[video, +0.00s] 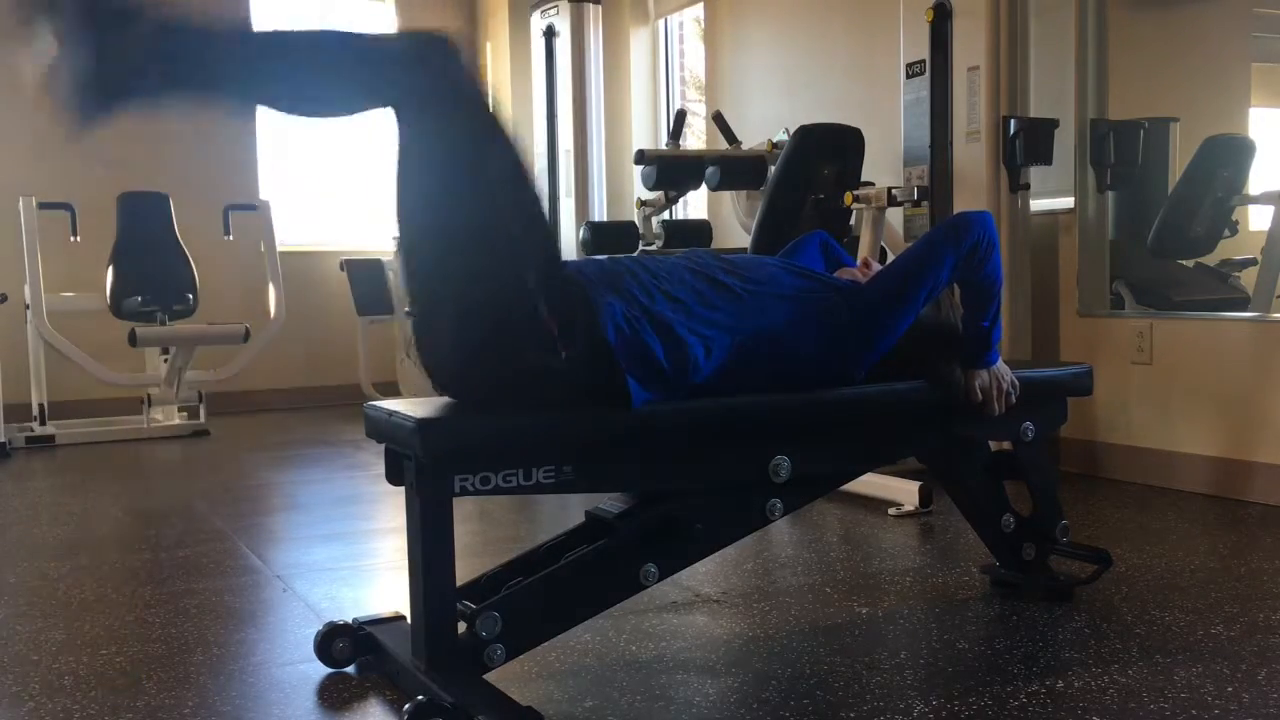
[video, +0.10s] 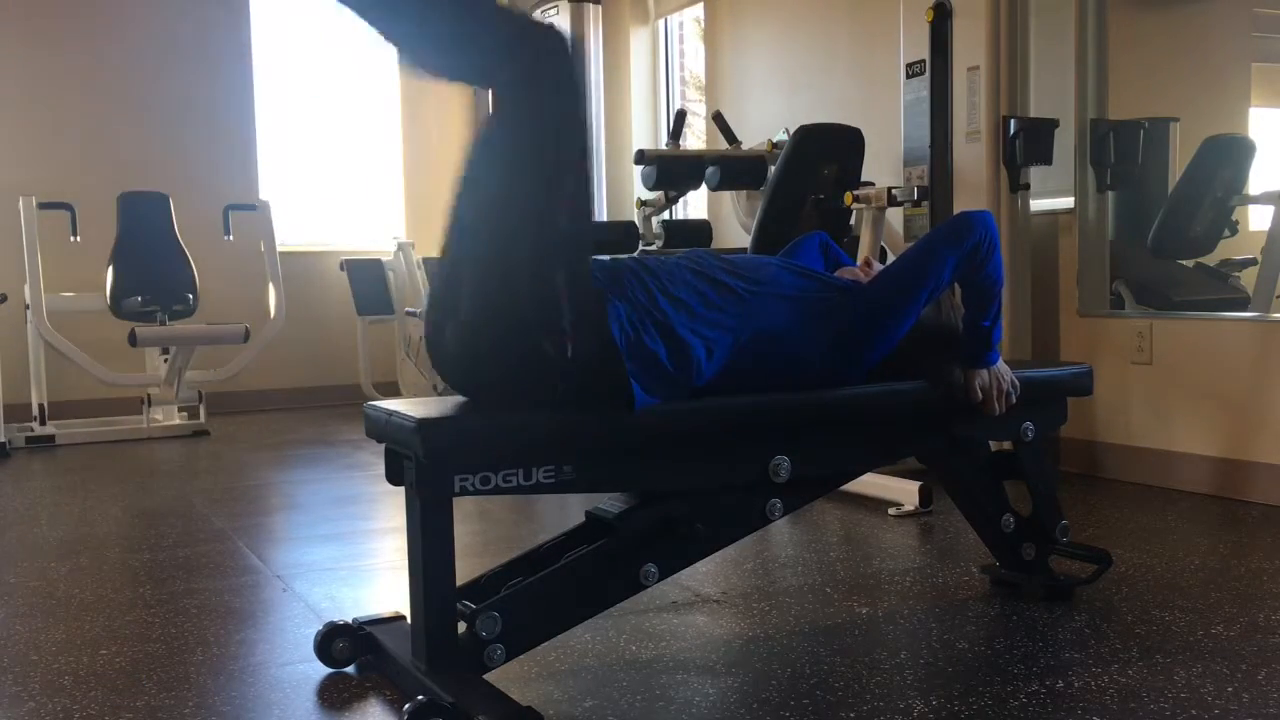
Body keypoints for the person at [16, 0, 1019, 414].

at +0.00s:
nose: (863, 244)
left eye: (881, 249)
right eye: (859, 237)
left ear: (890, 294)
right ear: (837, 254)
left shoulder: (853, 330)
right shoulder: (788, 285)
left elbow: (978, 230)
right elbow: (812, 180)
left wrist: (963, 338)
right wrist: (858, 241)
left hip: (538, 355)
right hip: (525, 327)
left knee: (429, 70)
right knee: (428, 70)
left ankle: (137, 57)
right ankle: (146, 46)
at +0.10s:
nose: (875, 266)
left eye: (884, 274)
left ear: (905, 315)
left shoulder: (861, 334)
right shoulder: (800, 288)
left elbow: (975, 229)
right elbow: (819, 228)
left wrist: (989, 351)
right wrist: (865, 278)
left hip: (552, 357)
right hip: (527, 326)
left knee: (542, 56)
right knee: (537, 57)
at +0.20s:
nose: (867, 259)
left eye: (881, 267)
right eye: (867, 256)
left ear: (885, 297)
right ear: (848, 274)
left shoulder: (866, 325)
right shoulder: (796, 286)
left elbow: (980, 229)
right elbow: (815, 236)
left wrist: (989, 353)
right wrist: (866, 275)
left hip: (571, 346)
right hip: (529, 321)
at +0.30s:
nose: (873, 258)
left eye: (886, 265)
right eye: (874, 254)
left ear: (887, 293)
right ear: (853, 267)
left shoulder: (869, 327)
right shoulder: (808, 281)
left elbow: (982, 230)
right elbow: (813, 232)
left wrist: (992, 351)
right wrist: (861, 266)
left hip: (612, 343)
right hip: (595, 307)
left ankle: (699, 149)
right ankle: (697, 153)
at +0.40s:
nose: (879, 259)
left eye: (893, 270)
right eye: (886, 259)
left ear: (914, 321)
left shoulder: (873, 331)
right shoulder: (825, 297)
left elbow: (984, 232)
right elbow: (814, 240)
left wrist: (991, 351)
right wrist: (856, 272)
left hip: (624, 315)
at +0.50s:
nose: (886, 257)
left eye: (899, 272)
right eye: (895, 260)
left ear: (911, 314)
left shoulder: (872, 332)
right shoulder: (834, 288)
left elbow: (991, 235)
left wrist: (994, 351)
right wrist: (860, 272)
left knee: (527, 201)